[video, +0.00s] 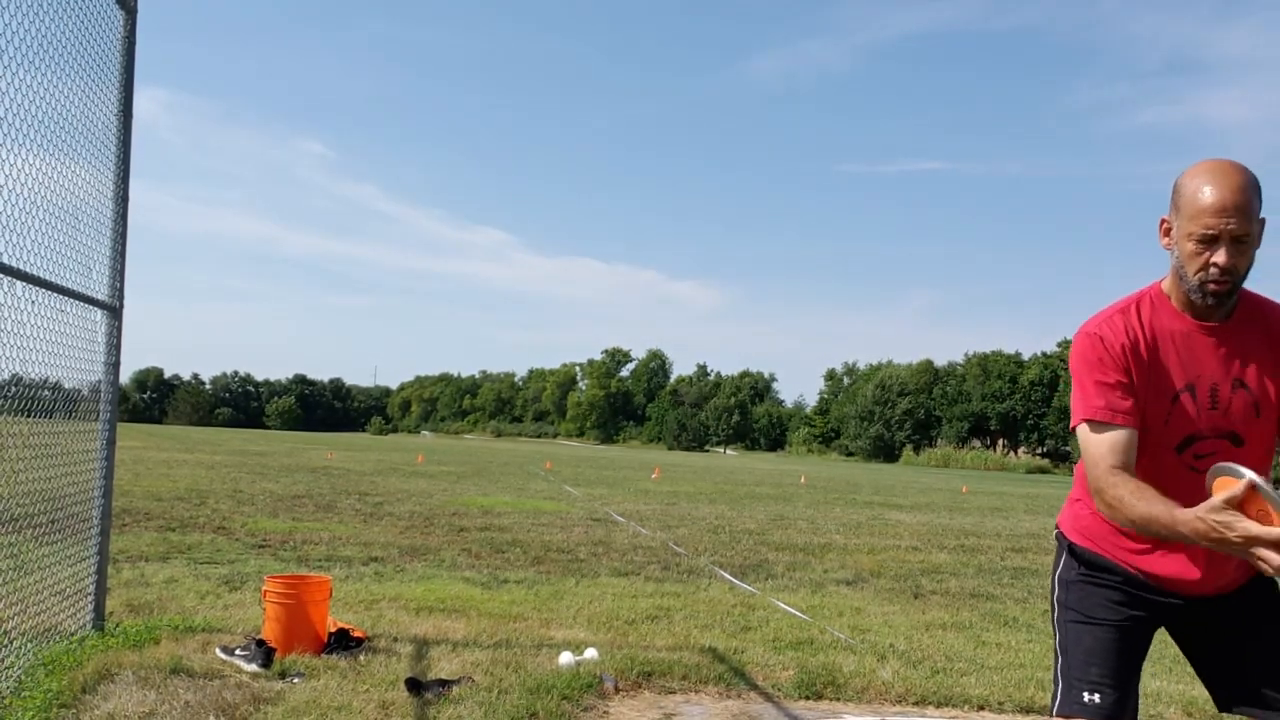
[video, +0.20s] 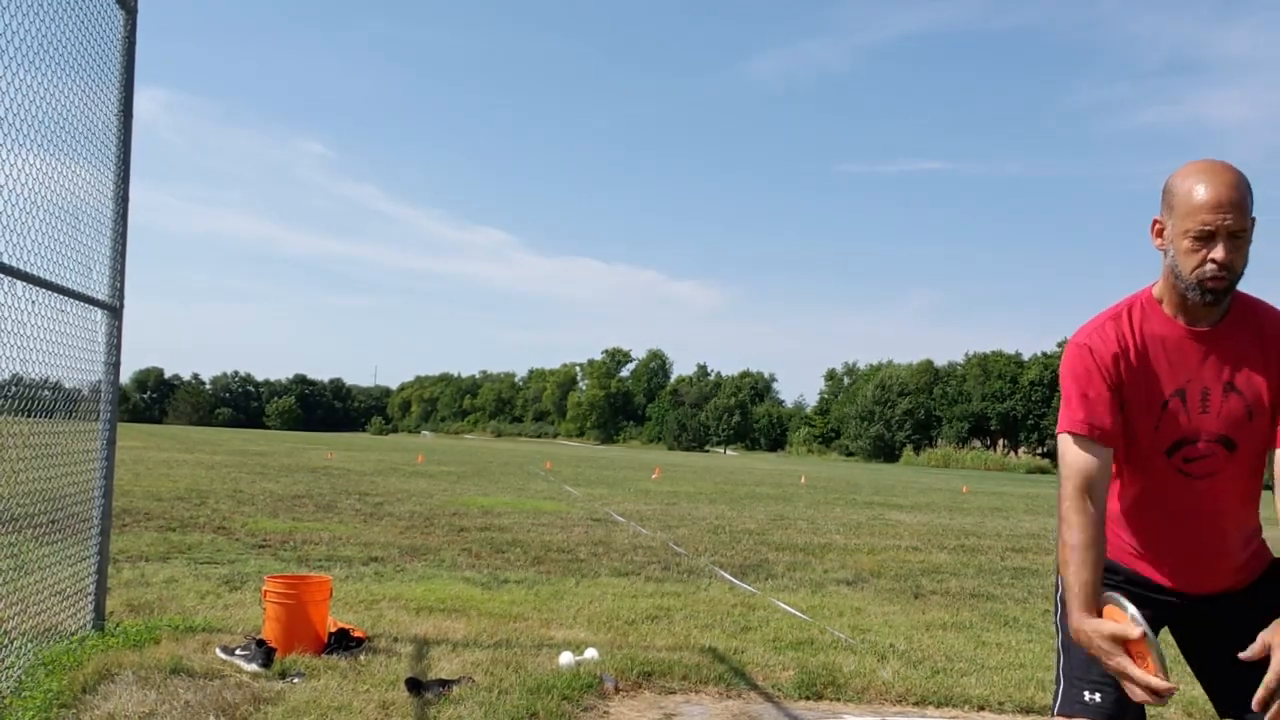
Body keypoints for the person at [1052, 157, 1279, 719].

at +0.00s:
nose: (1223, 259)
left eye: (1239, 241)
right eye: (1206, 240)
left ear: (1260, 238)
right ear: (1167, 233)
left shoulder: (1274, 332)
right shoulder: (1111, 337)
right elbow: (1109, 484)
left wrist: (1268, 529)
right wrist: (1193, 526)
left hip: (1234, 570)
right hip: (1111, 565)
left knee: (1274, 704)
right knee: (1090, 711)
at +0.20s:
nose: (1222, 256)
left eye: (1236, 236)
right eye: (1203, 238)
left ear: (1252, 234)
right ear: (1160, 235)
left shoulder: (1273, 338)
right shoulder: (1103, 346)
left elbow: (1279, 481)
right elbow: (1082, 495)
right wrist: (1081, 615)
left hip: (1238, 574)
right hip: (1124, 572)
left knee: (1270, 706)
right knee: (1091, 709)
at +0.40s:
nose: (1240, 243)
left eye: (1254, 224)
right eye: (1220, 225)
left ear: (1269, 223)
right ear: (1176, 224)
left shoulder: (1277, 330)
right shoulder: (1112, 339)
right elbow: (1054, 467)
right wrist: (1000, 569)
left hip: (1244, 568)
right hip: (1121, 563)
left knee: (1263, 708)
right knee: (1090, 710)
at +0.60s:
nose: (1245, 252)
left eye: (1259, 234)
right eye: (1226, 234)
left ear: (1274, 234)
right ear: (1180, 229)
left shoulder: (1276, 332)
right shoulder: (1109, 342)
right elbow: (1050, 444)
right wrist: (990, 514)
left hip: (1244, 571)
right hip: (1120, 566)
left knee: (1256, 707)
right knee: (1097, 710)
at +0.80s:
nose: (1238, 255)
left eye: (1253, 237)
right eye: (1219, 237)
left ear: (1269, 236)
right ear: (1175, 232)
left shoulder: (1275, 338)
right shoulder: (1105, 346)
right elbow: (1058, 474)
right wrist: (1004, 576)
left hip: (1242, 574)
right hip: (1118, 570)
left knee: (1257, 707)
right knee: (1095, 711)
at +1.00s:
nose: (1221, 246)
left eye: (1237, 229)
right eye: (1203, 228)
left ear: (1255, 227)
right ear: (1162, 222)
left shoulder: (1272, 327)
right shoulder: (1102, 335)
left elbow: (1277, 474)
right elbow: (1076, 480)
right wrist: (1058, 606)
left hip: (1240, 570)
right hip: (1125, 566)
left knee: (1268, 702)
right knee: (1096, 707)